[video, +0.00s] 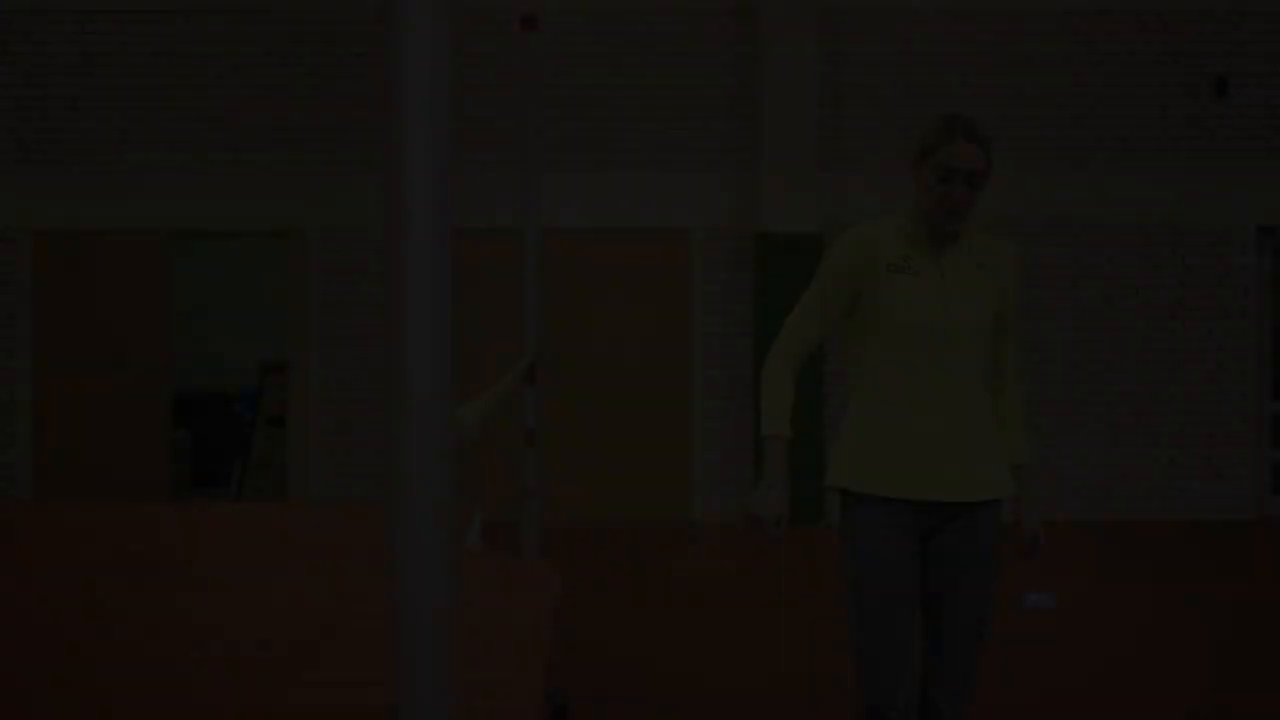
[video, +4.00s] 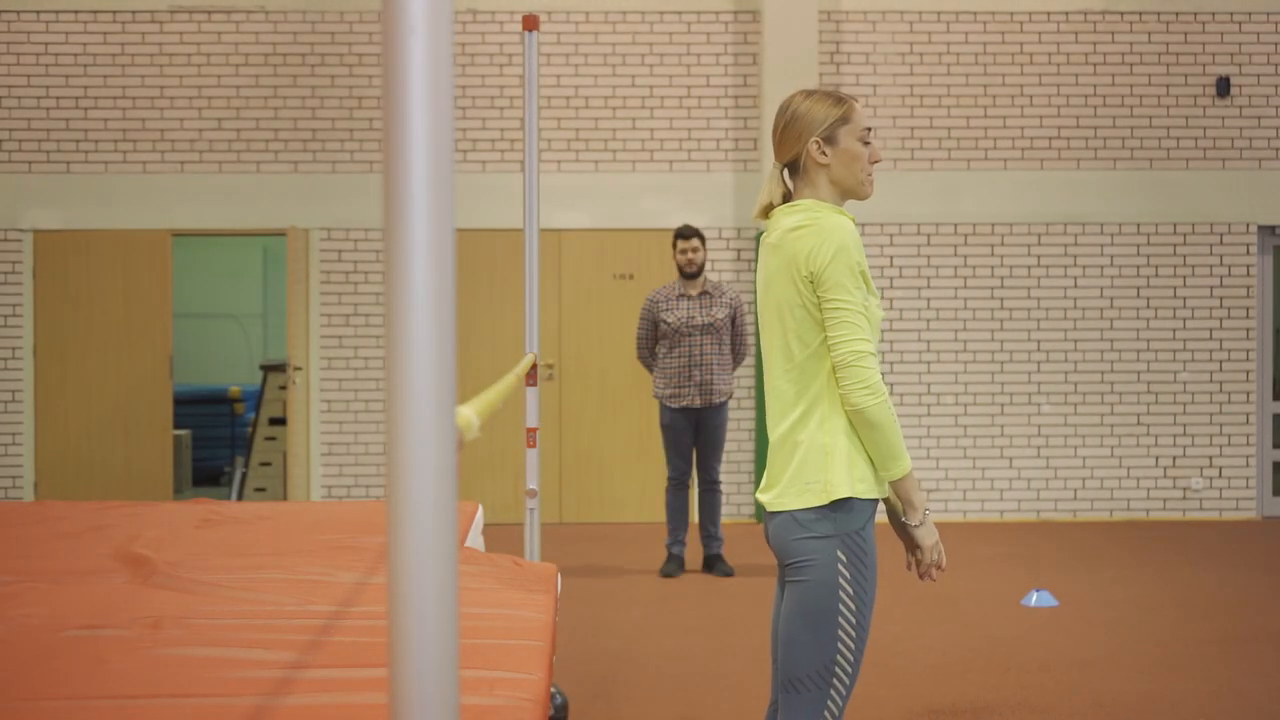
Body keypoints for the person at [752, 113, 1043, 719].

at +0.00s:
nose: (956, 193)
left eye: (970, 180)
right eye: (944, 177)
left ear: (983, 187)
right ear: (918, 176)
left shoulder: (994, 263)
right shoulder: (868, 251)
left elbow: (1006, 378)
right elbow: (787, 358)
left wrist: (1018, 481)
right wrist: (778, 466)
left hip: (969, 491)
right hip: (878, 488)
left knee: (955, 668)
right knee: (886, 665)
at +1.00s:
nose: (986, 215)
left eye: (996, 204)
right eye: (983, 195)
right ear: (938, 169)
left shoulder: (941, 254)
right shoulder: (880, 235)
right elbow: (762, 325)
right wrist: (702, 461)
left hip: (928, 504)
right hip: (865, 501)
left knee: (939, 703)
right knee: (884, 702)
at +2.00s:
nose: (986, 245)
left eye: (997, 234)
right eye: (992, 226)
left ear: (953, 192)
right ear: (956, 190)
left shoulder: (896, 245)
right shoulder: (891, 240)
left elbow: (774, 314)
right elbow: (776, 306)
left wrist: (658, 395)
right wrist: (655, 395)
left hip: (845, 508)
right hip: (813, 508)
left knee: (914, 700)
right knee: (808, 706)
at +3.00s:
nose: (978, 255)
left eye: (990, 244)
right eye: (987, 236)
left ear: (950, 199)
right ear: (957, 200)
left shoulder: (872, 237)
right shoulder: (895, 245)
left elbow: (760, 303)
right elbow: (773, 305)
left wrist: (637, 372)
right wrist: (649, 386)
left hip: (777, 499)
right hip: (798, 505)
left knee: (788, 702)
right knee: (817, 704)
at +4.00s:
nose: (875, 153)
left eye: (870, 139)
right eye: (862, 139)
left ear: (818, 155)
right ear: (819, 152)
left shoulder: (784, 233)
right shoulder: (831, 234)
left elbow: (822, 392)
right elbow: (859, 386)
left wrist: (899, 511)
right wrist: (913, 507)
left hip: (797, 503)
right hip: (831, 506)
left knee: (792, 707)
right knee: (816, 707)